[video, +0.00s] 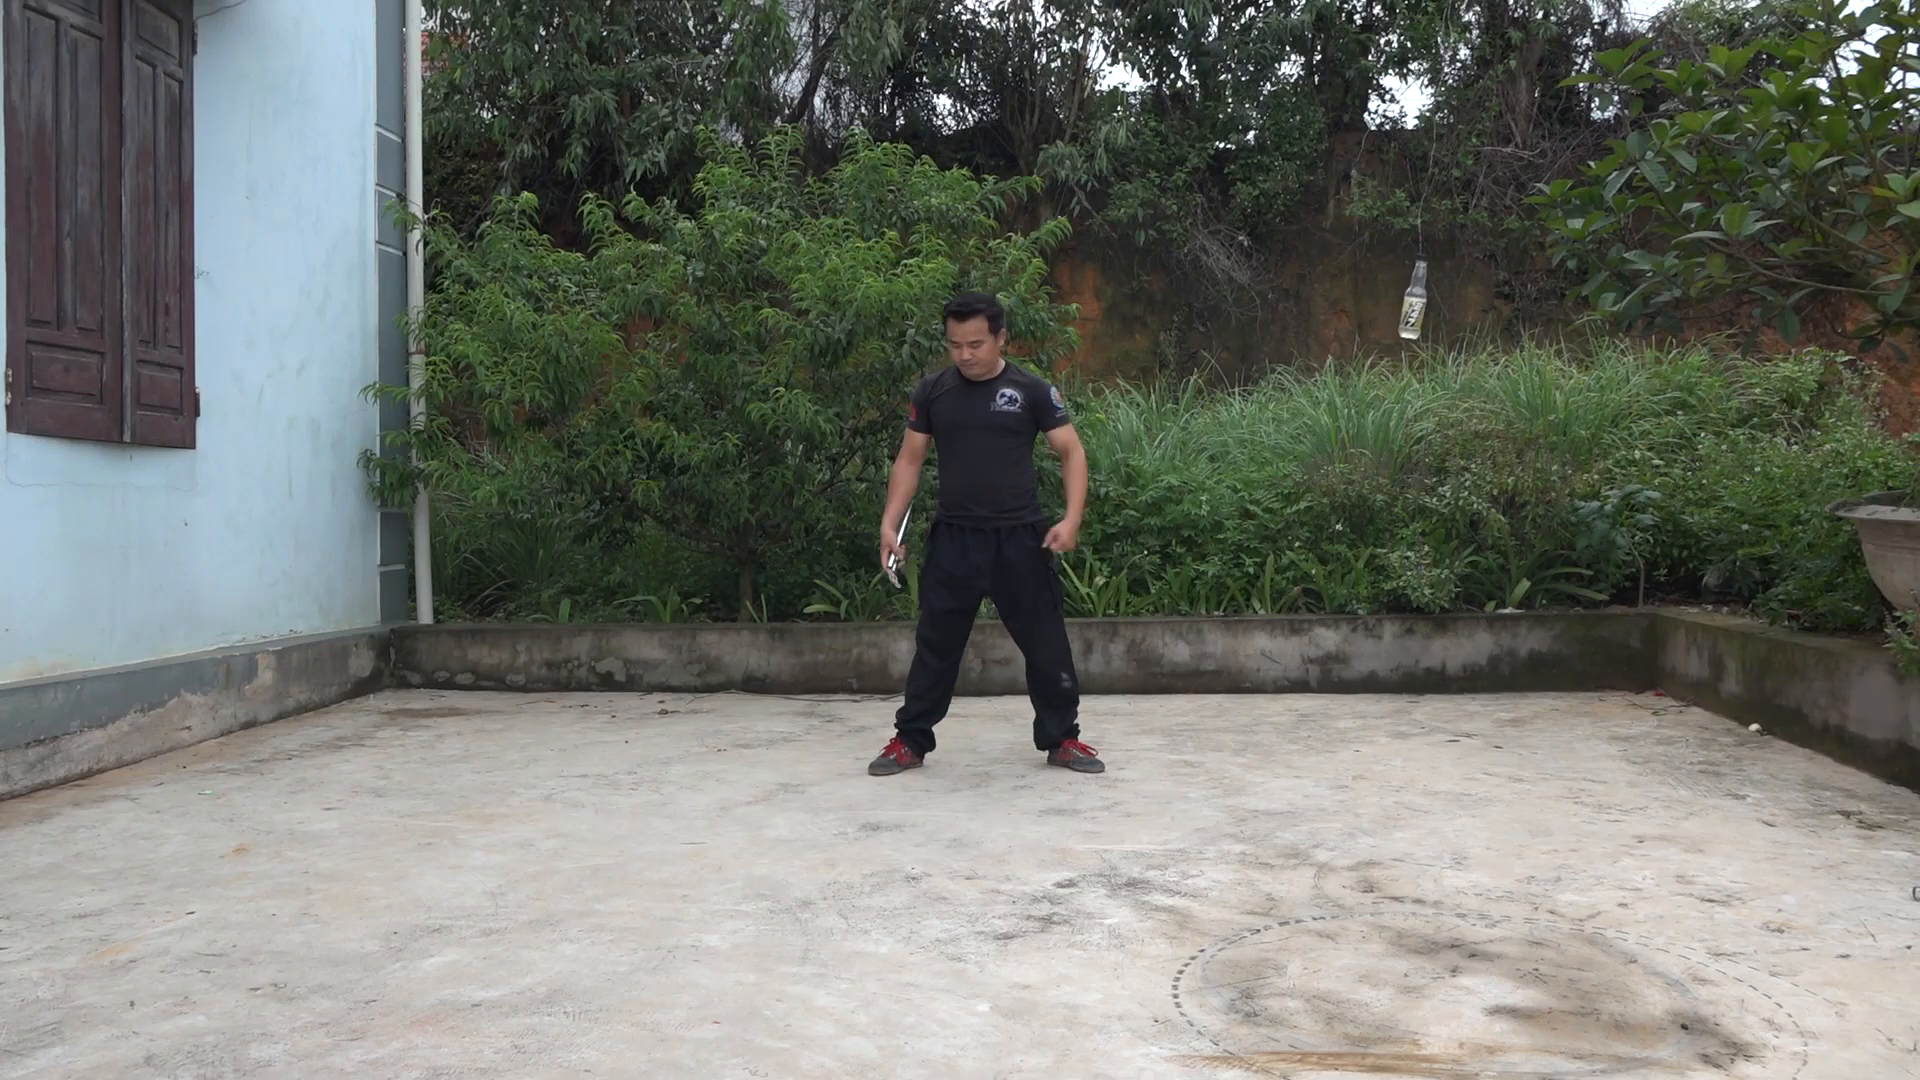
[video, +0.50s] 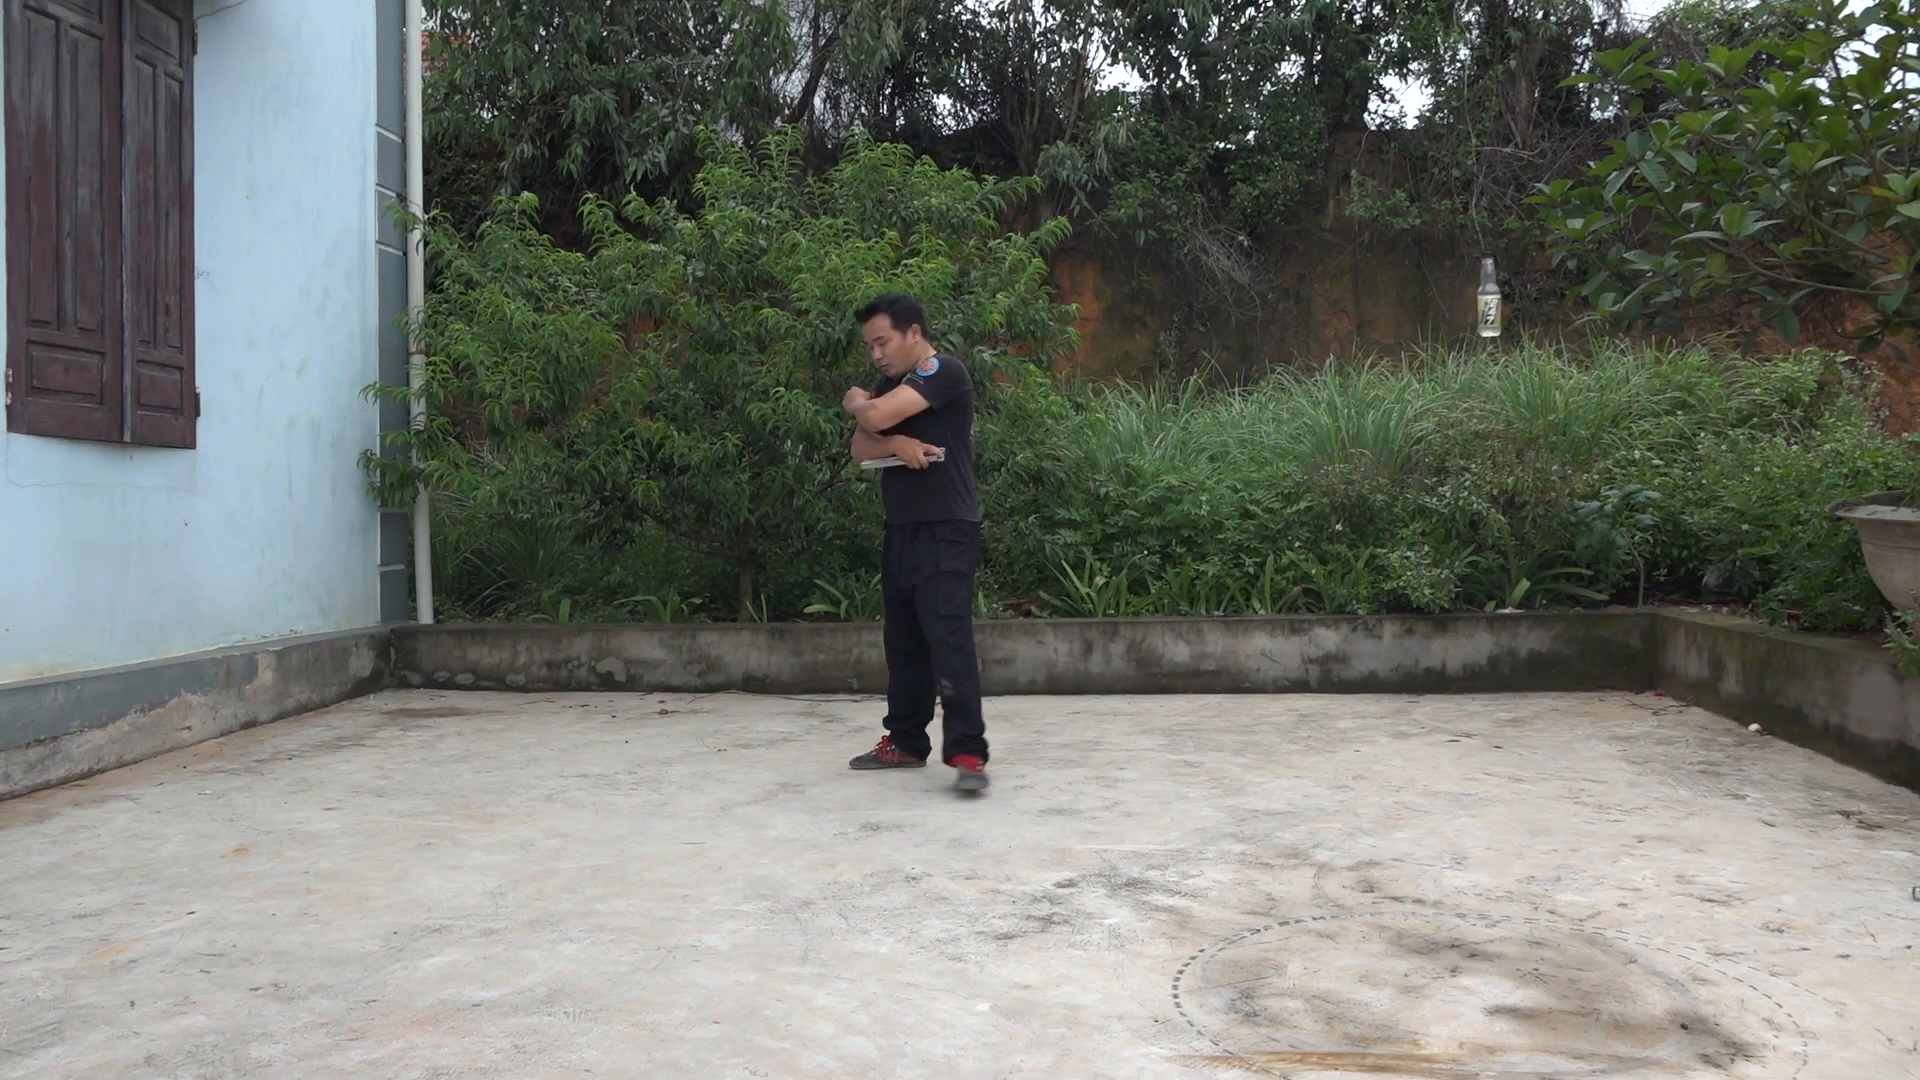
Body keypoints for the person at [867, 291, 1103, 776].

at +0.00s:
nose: (965, 355)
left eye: (976, 343)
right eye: (956, 344)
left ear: (1001, 339)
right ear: (947, 342)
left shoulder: (1032, 390)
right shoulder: (932, 391)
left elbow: (1072, 453)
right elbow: (909, 460)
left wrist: (1072, 518)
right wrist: (889, 525)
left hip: (1020, 538)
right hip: (953, 538)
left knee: (1046, 641)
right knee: (935, 642)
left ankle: (1062, 740)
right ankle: (910, 741)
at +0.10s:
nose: (937, 358)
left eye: (945, 348)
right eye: (934, 348)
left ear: (980, 343)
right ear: (934, 346)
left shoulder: (1022, 387)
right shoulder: (928, 391)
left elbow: (1062, 450)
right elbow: (905, 462)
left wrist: (1026, 512)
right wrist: (887, 529)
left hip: (1012, 537)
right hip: (948, 538)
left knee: (1043, 638)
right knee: (928, 639)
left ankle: (1061, 739)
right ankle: (911, 740)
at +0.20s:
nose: (913, 361)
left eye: (918, 352)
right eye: (911, 352)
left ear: (949, 348)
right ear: (941, 350)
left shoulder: (1004, 386)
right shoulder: (918, 393)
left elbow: (1005, 452)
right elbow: (899, 462)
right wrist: (894, 533)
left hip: (998, 541)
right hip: (935, 541)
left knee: (1030, 639)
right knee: (915, 641)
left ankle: (1059, 739)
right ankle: (906, 741)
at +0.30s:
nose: (893, 361)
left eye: (896, 352)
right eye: (891, 353)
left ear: (925, 347)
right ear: (920, 348)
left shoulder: (978, 380)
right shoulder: (906, 392)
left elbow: (921, 431)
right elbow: (885, 455)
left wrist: (881, 416)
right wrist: (916, 495)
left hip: (970, 536)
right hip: (916, 535)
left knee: (999, 638)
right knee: (906, 641)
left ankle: (1047, 734)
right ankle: (905, 740)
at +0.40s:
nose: (881, 359)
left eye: (884, 349)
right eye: (879, 350)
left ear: (910, 343)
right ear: (907, 345)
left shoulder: (961, 374)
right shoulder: (901, 387)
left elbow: (893, 415)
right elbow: (871, 448)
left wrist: (865, 404)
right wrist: (913, 454)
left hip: (957, 529)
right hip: (910, 529)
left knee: (971, 637)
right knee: (907, 641)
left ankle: (1011, 741)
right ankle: (906, 742)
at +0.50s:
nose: (876, 352)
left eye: (882, 340)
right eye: (871, 344)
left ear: (915, 334)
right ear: (875, 346)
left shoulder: (948, 373)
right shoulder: (891, 387)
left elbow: (877, 417)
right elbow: (859, 447)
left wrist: (855, 401)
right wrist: (897, 443)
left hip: (948, 529)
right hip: (902, 530)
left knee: (950, 641)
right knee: (904, 641)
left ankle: (968, 754)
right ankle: (906, 742)